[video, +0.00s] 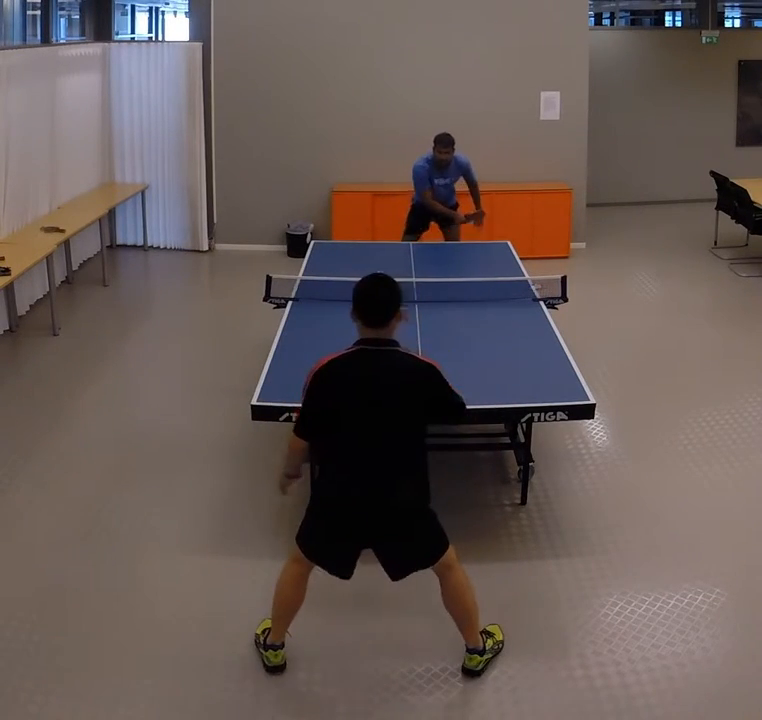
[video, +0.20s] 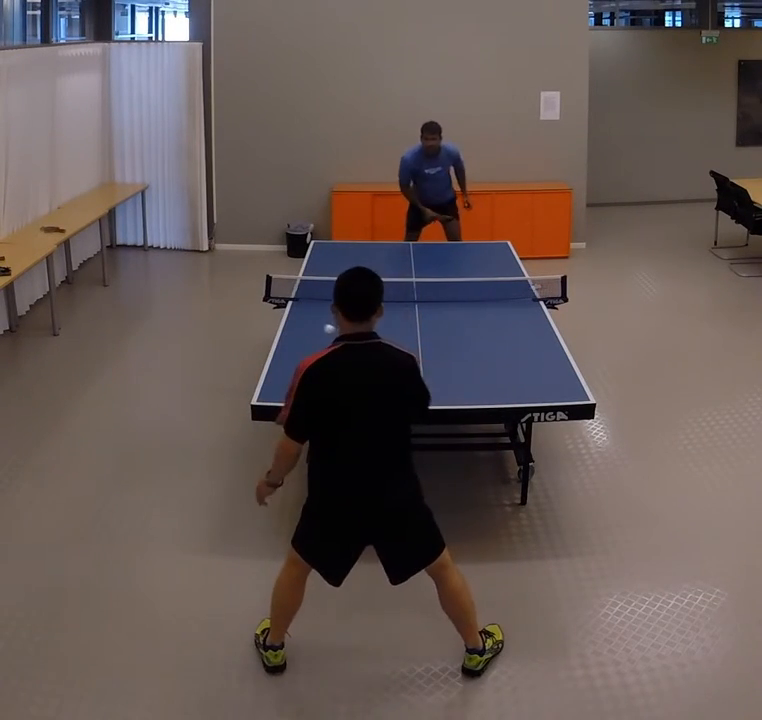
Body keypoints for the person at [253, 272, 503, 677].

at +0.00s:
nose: (400, 314)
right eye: (399, 309)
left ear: (355, 314)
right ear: (400, 316)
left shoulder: (326, 373)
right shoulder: (421, 372)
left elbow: (300, 442)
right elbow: (457, 413)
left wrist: (289, 472)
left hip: (336, 505)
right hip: (402, 505)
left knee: (300, 563)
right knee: (447, 567)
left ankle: (274, 643)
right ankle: (476, 648)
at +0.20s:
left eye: (337, 304)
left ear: (335, 309)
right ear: (379, 310)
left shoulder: (314, 371)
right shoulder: (404, 364)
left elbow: (290, 444)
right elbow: (419, 411)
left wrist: (272, 479)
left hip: (333, 500)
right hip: (396, 497)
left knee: (297, 568)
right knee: (442, 569)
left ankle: (273, 644)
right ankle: (476, 648)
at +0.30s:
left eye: (333, 300)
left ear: (334, 306)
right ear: (378, 309)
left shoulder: (315, 369)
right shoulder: (394, 356)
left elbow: (295, 449)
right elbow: (386, 421)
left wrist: (274, 483)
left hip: (335, 495)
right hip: (394, 489)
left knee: (297, 568)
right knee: (439, 568)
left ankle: (273, 644)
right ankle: (476, 648)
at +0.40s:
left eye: (347, 292)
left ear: (346, 298)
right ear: (389, 304)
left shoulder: (319, 359)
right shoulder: (402, 353)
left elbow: (303, 436)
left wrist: (282, 479)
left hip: (332, 487)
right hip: (391, 483)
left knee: (296, 567)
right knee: (433, 567)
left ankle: (273, 643)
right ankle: (474, 642)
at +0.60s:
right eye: (417, 303)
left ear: (375, 297)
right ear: (417, 307)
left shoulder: (328, 345)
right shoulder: (421, 362)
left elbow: (290, 405)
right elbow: (458, 428)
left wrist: (286, 451)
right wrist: (502, 478)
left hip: (331, 486)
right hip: (392, 489)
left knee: (301, 565)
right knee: (437, 566)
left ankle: (273, 643)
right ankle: (468, 642)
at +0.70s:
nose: (449, 319)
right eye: (450, 313)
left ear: (404, 308)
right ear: (446, 319)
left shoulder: (356, 351)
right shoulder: (442, 371)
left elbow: (309, 402)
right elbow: (438, 419)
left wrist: (299, 454)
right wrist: (451, 476)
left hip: (341, 490)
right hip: (400, 495)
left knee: (306, 565)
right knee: (445, 570)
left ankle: (273, 643)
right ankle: (467, 647)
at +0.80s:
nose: (463, 322)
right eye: (464, 317)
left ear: (419, 312)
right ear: (461, 322)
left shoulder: (376, 354)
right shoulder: (457, 375)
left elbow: (331, 409)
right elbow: (446, 432)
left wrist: (327, 457)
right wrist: (454, 504)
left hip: (359, 490)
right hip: (418, 497)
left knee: (316, 566)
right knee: (455, 572)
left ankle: (276, 642)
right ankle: (468, 648)